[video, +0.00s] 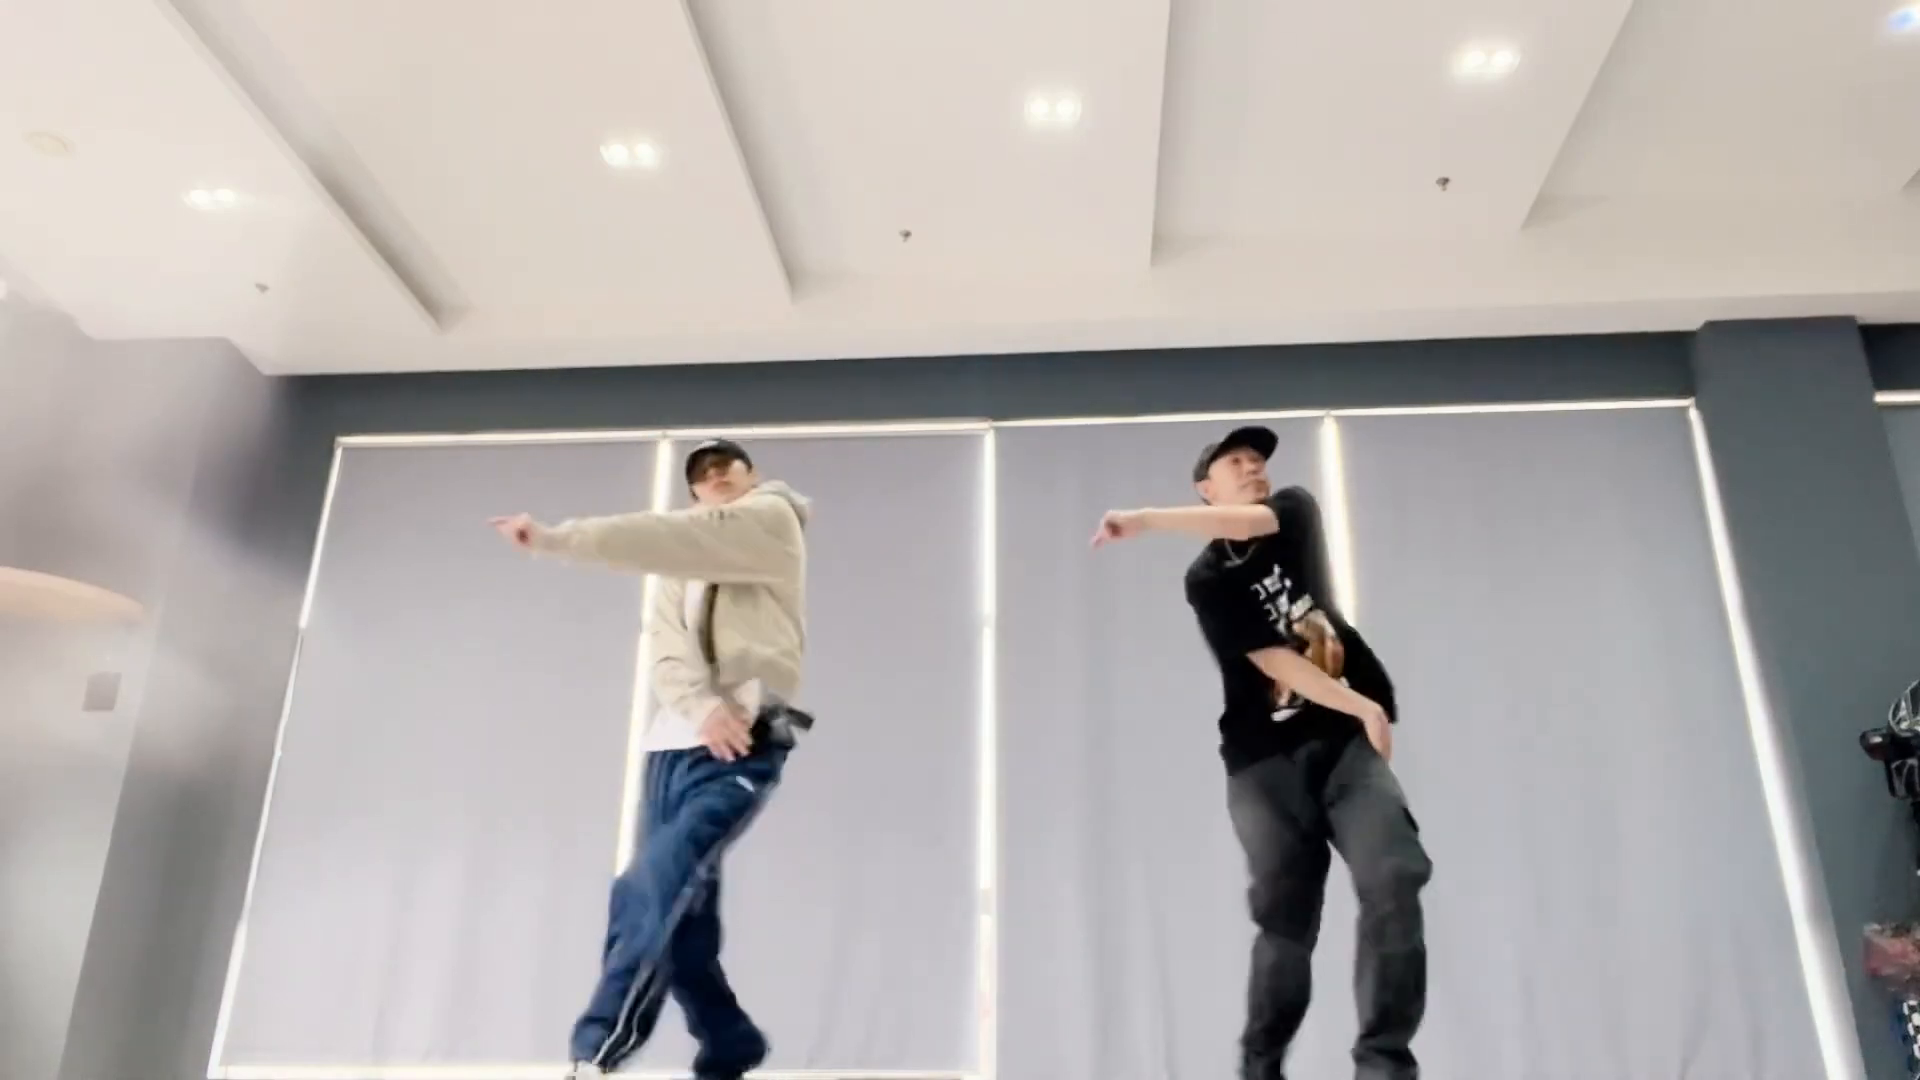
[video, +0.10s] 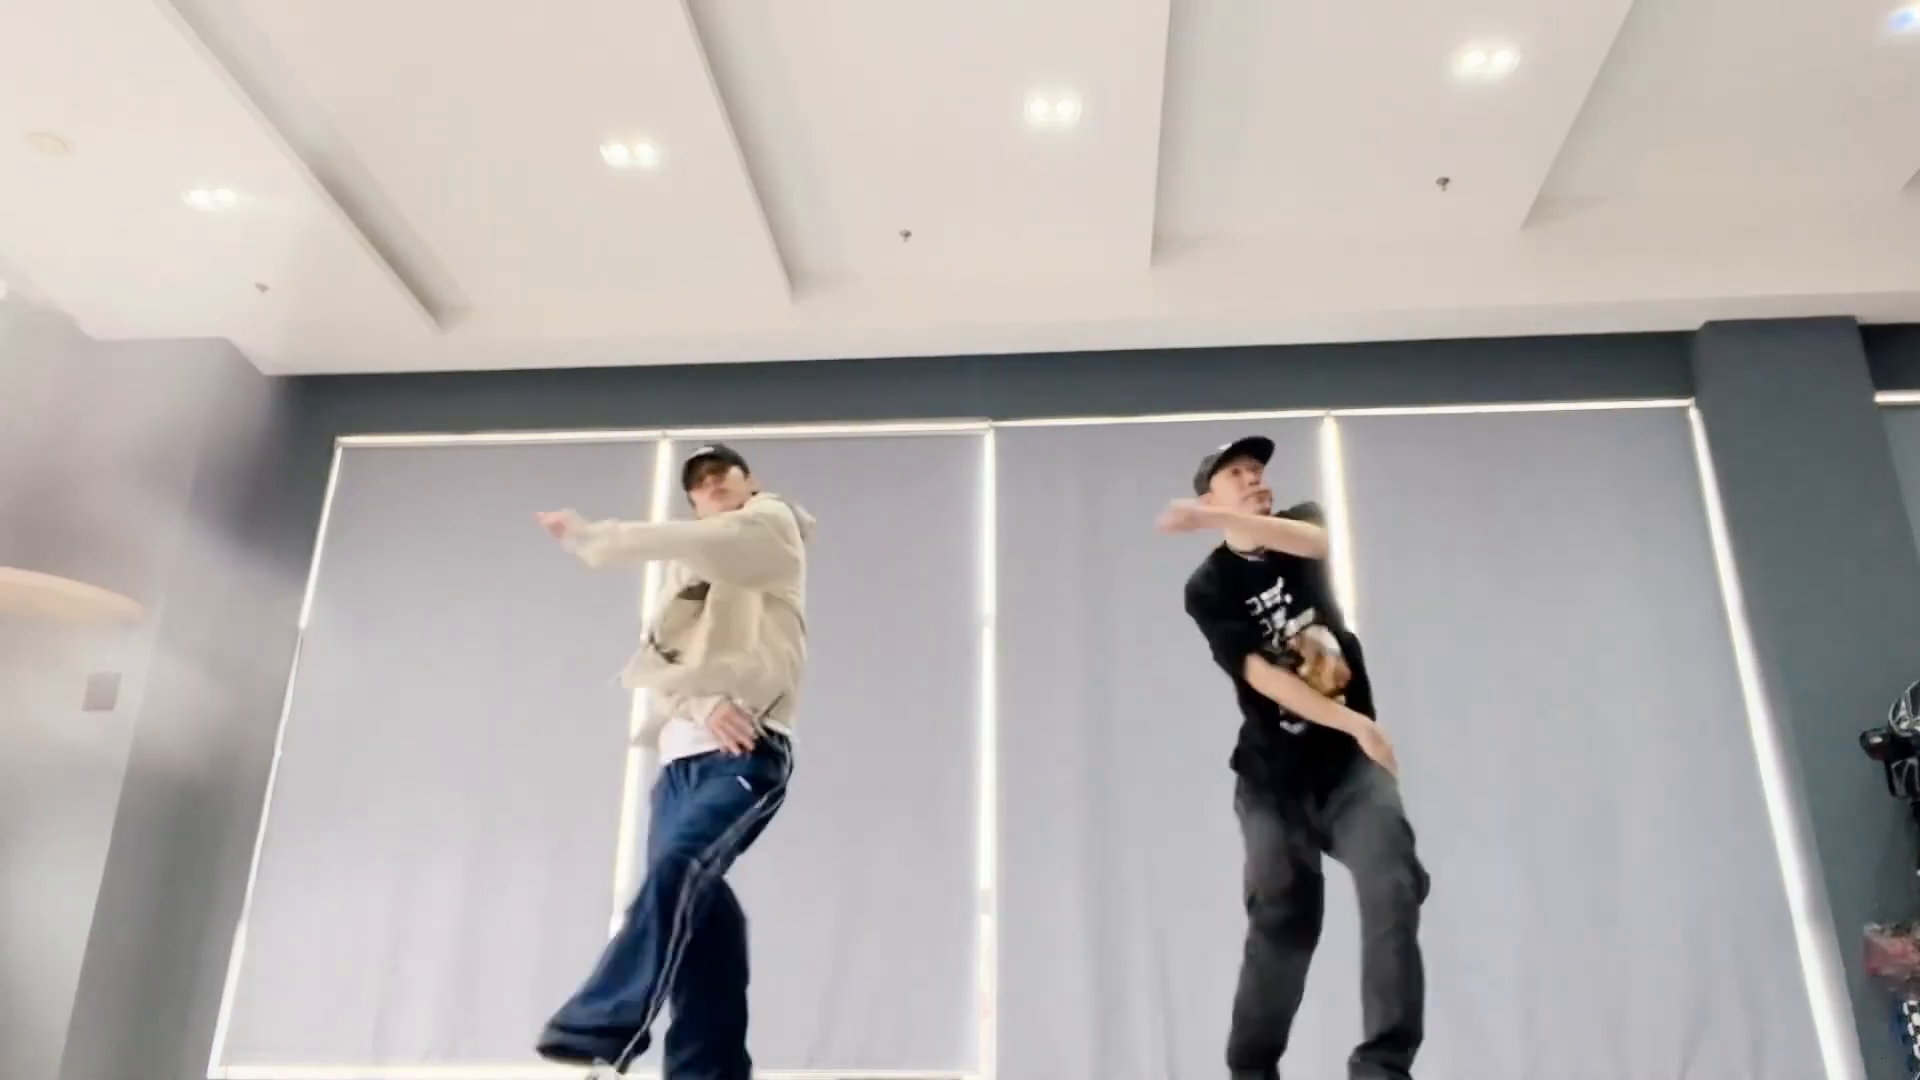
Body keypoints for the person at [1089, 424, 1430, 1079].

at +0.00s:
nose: (1252, 469)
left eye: (1258, 461)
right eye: (1235, 463)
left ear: (1270, 475)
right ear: (1203, 486)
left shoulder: (1297, 511)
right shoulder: (1207, 576)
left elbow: (1248, 523)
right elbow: (1274, 661)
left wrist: (1144, 519)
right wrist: (1362, 706)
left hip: (1344, 738)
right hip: (1263, 756)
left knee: (1395, 873)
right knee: (1285, 910)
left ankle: (1385, 1058)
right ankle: (1261, 1063)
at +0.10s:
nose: (1256, 481)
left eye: (1258, 473)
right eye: (1237, 476)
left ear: (1270, 483)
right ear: (1209, 499)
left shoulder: (1309, 526)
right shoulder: (1208, 586)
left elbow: (1301, 541)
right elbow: (1258, 674)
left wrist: (1208, 516)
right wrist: (1354, 722)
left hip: (1348, 758)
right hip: (1272, 770)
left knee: (1392, 878)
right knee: (1281, 913)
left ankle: (1384, 1062)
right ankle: (1252, 1068)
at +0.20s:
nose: (1242, 481)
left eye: (1247, 469)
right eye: (1225, 478)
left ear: (1265, 477)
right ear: (1211, 502)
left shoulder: (1313, 533)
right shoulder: (1208, 580)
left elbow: (1365, 549)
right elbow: (1227, 675)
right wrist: (1307, 712)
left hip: (1331, 739)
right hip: (1259, 759)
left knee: (1324, 878)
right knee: (1246, 905)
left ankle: (1372, 1061)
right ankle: (1324, 1046)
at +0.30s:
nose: (1251, 502)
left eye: (1258, 488)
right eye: (1235, 499)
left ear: (1283, 496)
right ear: (1227, 523)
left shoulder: (1336, 558)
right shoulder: (1225, 601)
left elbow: (1439, 560)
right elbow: (1226, 697)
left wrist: (1445, 601)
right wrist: (1278, 726)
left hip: (1334, 753)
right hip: (1268, 773)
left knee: (1254, 887)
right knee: (1240, 927)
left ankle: (1324, 1063)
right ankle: (1379, 1063)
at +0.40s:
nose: (1243, 503)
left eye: (1252, 489)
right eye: (1230, 501)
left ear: (1281, 494)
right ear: (1227, 522)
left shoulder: (1340, 559)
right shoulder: (1234, 604)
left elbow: (1448, 603)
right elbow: (1240, 698)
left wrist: (1425, 562)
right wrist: (1248, 745)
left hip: (1343, 739)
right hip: (1281, 761)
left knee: (1264, 893)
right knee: (1243, 930)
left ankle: (1328, 1069)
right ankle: (1368, 1064)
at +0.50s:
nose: (1226, 500)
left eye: (1235, 483)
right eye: (1215, 497)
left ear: (1270, 484)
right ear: (1215, 514)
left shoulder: (1324, 525)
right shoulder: (1245, 598)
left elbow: (1420, 501)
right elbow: (1272, 696)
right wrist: (1230, 756)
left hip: (1355, 709)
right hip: (1289, 736)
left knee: (1305, 863)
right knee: (1215, 889)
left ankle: (1327, 1067)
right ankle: (1277, 1050)